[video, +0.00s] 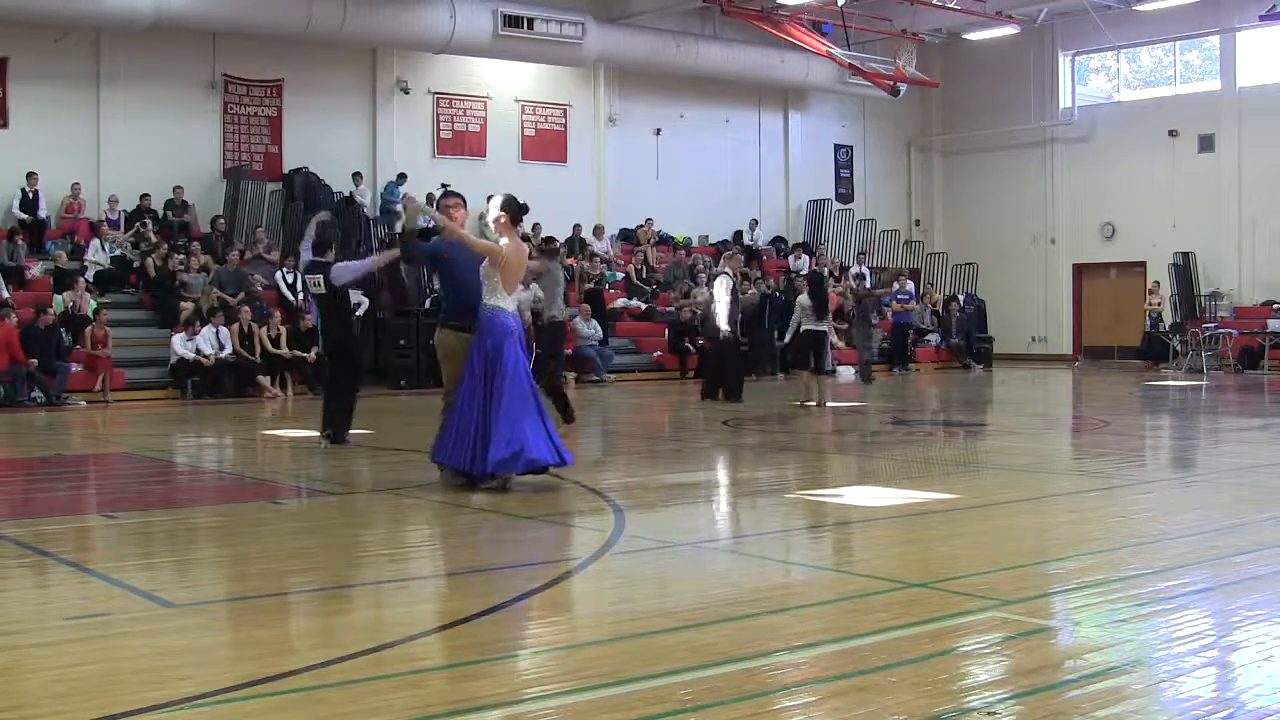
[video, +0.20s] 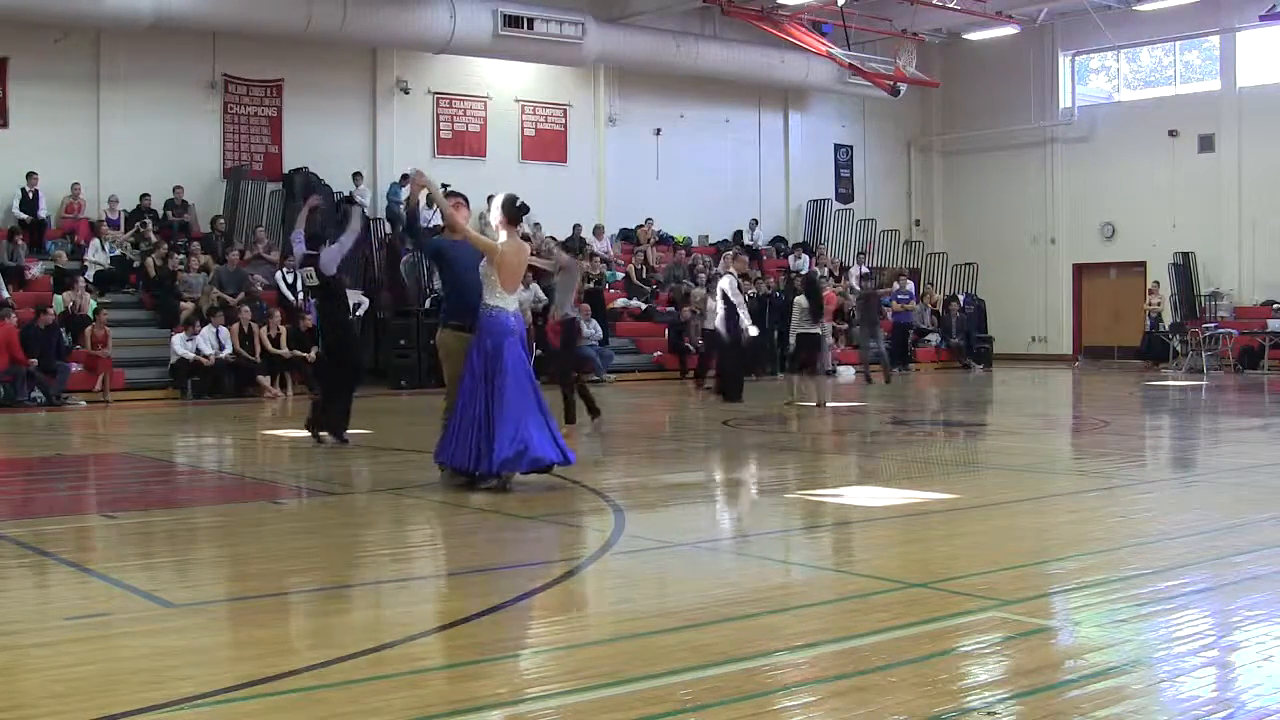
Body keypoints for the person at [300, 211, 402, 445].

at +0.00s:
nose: (337, 251)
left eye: (334, 248)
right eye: (335, 248)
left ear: (313, 250)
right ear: (331, 250)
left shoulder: (308, 269)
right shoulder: (336, 271)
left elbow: (306, 243)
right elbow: (371, 263)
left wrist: (314, 221)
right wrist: (401, 251)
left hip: (327, 332)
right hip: (343, 332)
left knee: (334, 378)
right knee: (348, 379)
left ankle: (328, 427)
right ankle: (338, 432)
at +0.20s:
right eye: (326, 242)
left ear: (307, 245)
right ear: (324, 244)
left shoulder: (303, 260)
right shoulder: (327, 259)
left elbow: (298, 234)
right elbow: (353, 231)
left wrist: (306, 208)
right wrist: (356, 207)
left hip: (322, 320)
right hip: (338, 320)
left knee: (330, 369)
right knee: (346, 369)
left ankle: (317, 418)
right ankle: (336, 425)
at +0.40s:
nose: (325, 243)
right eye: (321, 241)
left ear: (305, 249)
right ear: (314, 246)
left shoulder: (306, 263)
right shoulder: (314, 261)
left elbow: (288, 253)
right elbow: (322, 237)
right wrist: (324, 211)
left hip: (322, 323)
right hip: (331, 323)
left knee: (314, 374)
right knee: (338, 375)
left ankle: (288, 418)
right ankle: (337, 426)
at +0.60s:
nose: (313, 263)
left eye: (312, 259)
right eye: (311, 259)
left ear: (292, 259)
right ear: (303, 259)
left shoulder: (284, 275)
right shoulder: (301, 276)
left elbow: (266, 289)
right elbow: (292, 295)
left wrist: (261, 284)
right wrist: (280, 311)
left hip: (297, 340)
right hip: (308, 341)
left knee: (297, 388)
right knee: (334, 379)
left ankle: (274, 431)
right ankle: (335, 428)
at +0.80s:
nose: (297, 276)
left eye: (297, 273)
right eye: (295, 273)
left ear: (281, 274)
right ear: (284, 274)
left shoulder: (277, 290)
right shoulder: (285, 292)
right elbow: (296, 326)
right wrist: (306, 324)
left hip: (276, 350)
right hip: (284, 351)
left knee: (299, 393)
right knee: (315, 386)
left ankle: (273, 432)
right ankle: (310, 432)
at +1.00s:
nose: (287, 281)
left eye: (286, 277)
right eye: (282, 278)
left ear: (273, 281)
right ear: (272, 279)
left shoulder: (265, 298)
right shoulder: (279, 300)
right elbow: (299, 321)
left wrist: (302, 354)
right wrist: (322, 337)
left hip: (264, 360)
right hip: (269, 361)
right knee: (292, 398)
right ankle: (271, 435)